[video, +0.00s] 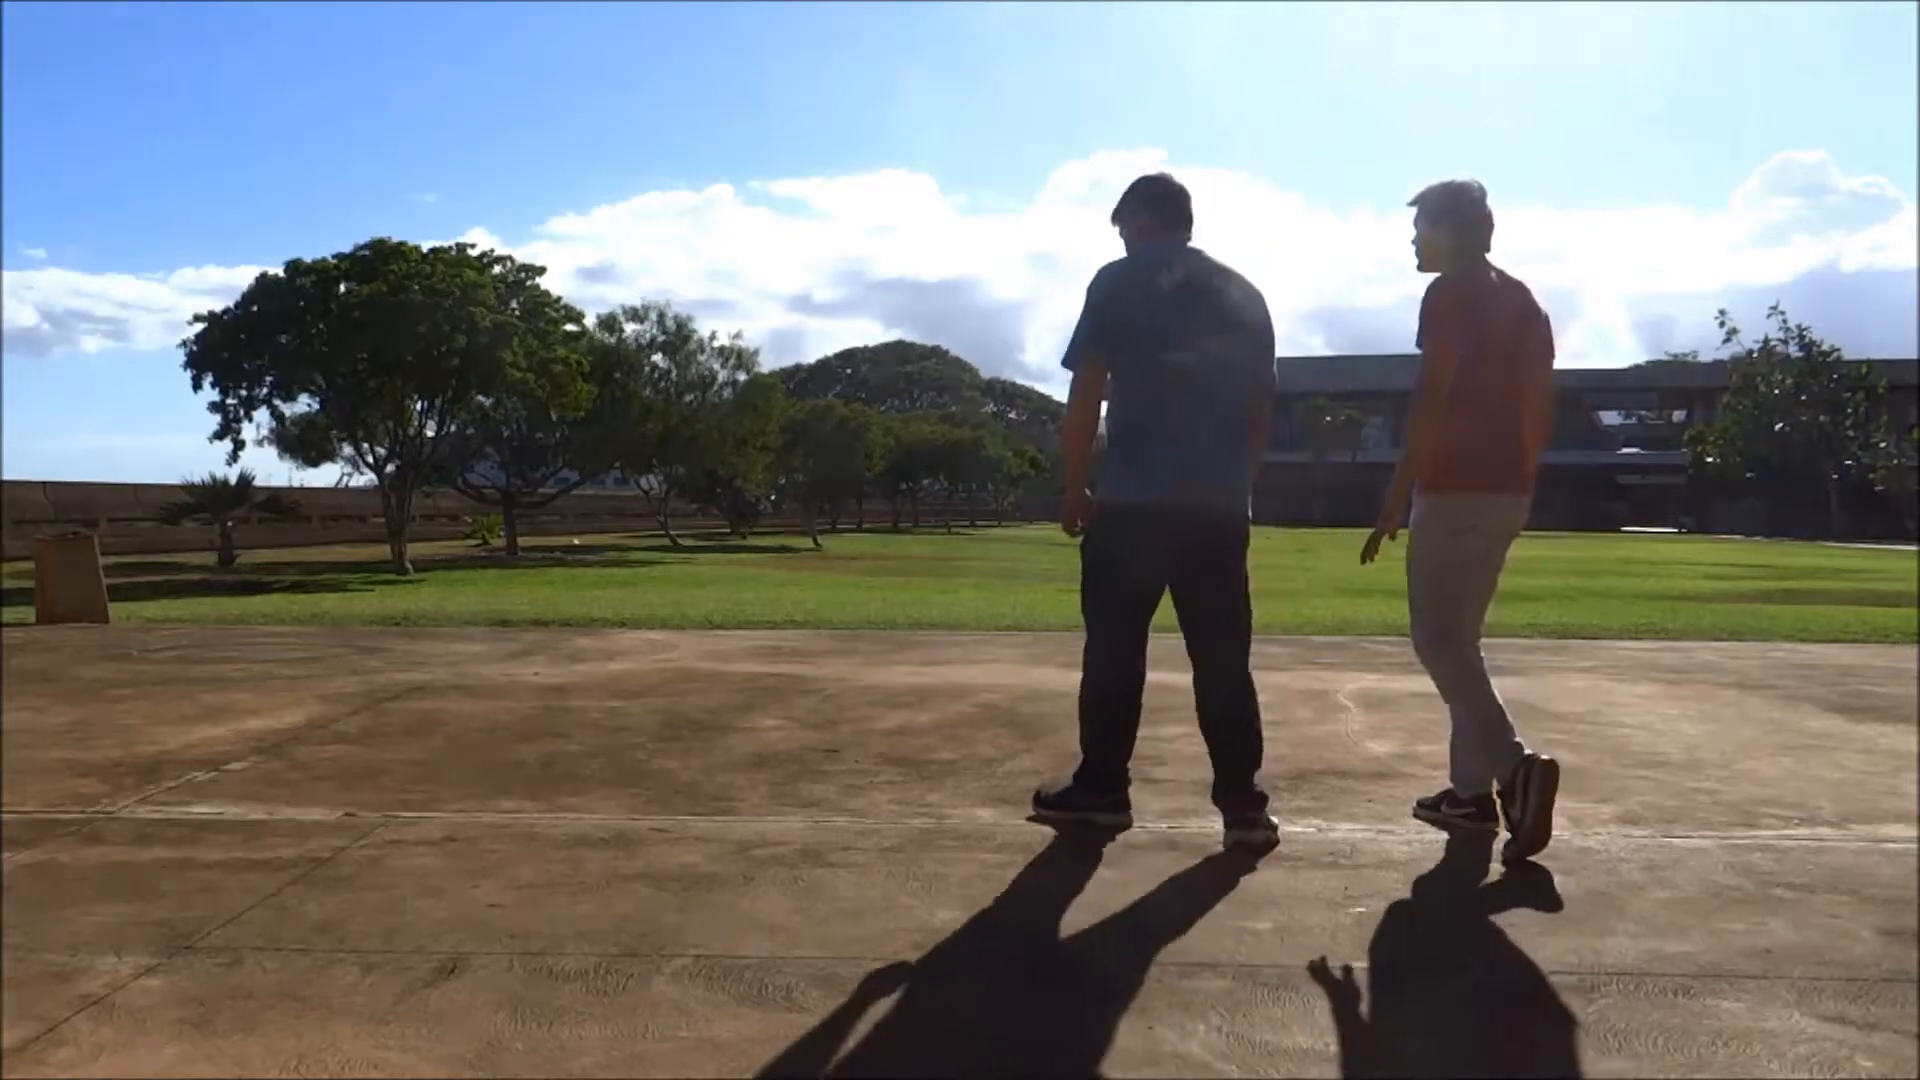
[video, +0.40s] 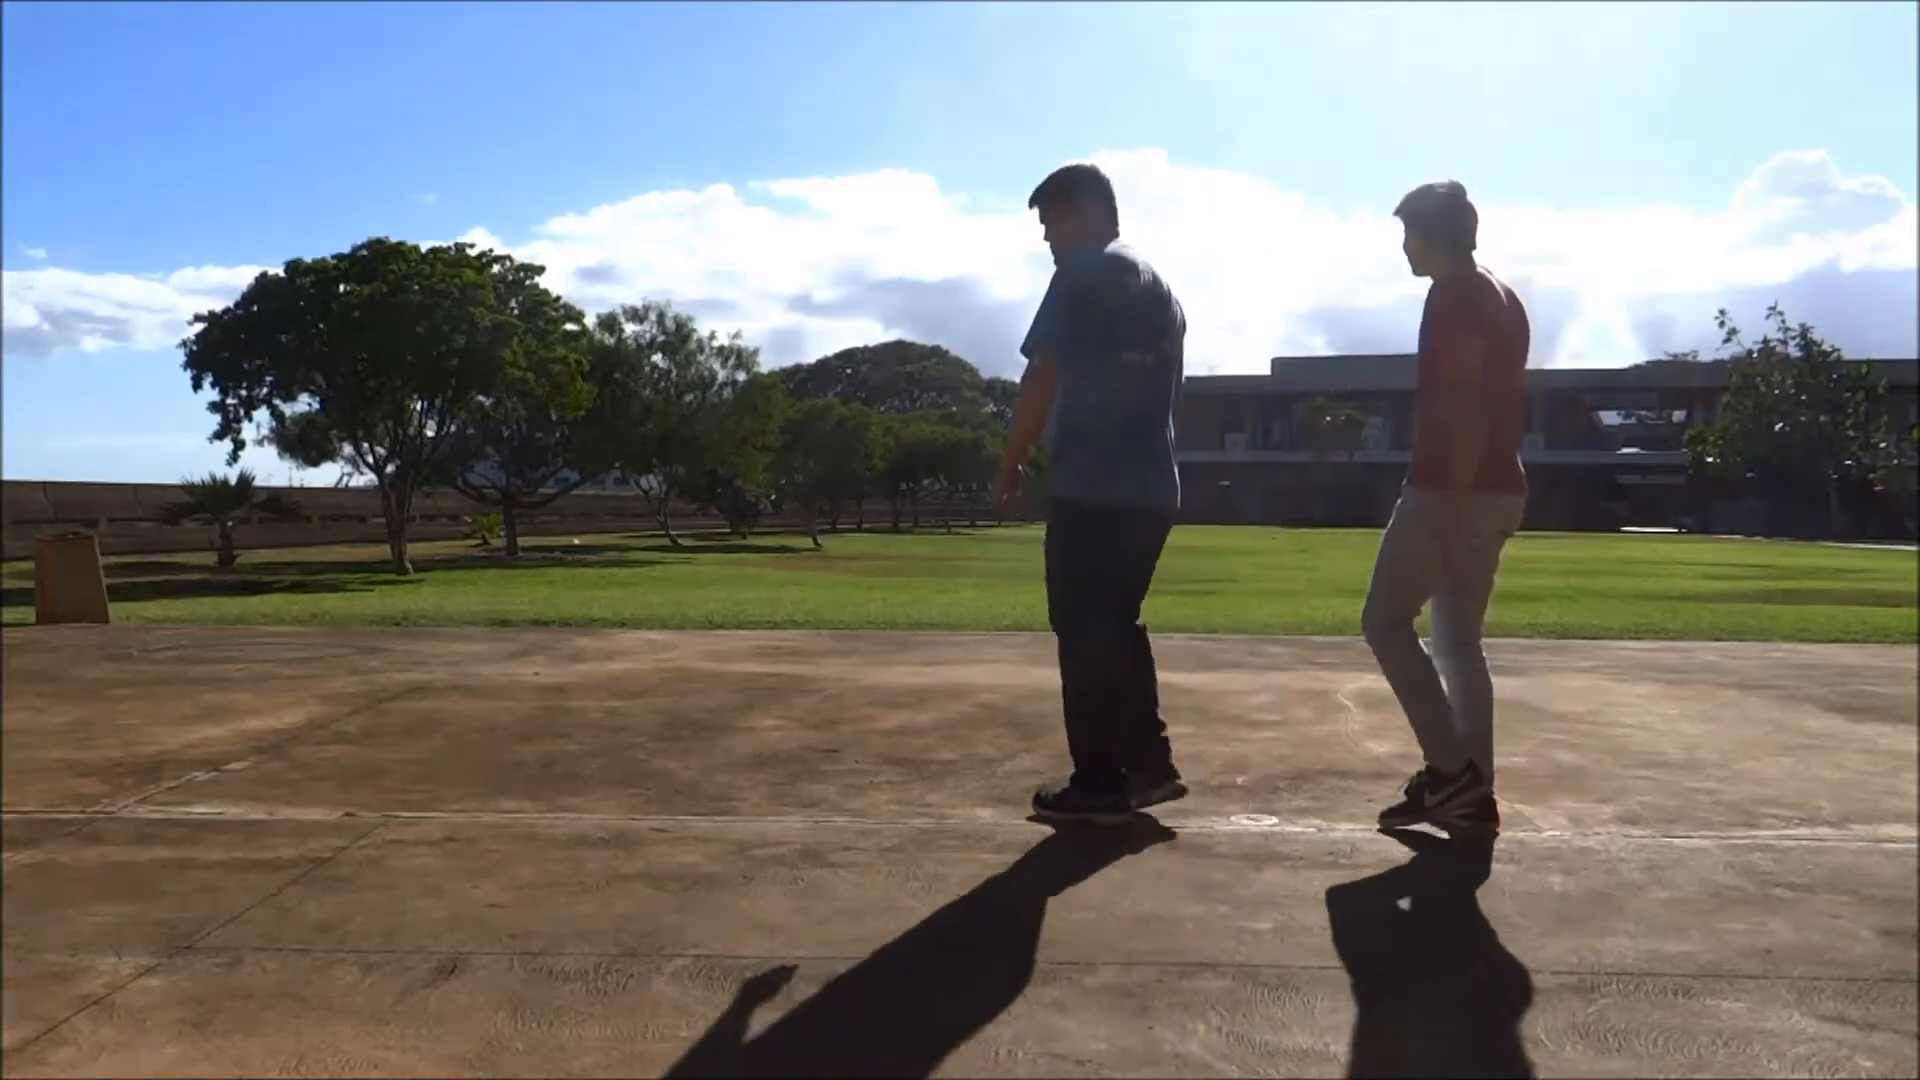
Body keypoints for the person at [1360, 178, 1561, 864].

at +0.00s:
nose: (1414, 240)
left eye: (1422, 227)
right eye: (1416, 228)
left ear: (1454, 231)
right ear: (1477, 231)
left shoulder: (1448, 295)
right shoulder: (1525, 302)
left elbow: (1431, 400)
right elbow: (1539, 409)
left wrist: (1396, 495)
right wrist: (1514, 478)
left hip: (1455, 491)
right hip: (1507, 492)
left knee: (1435, 638)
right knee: (1460, 640)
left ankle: (1515, 770)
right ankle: (1467, 794)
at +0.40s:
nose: (1402, 246)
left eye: (1406, 234)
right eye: (1402, 233)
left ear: (1430, 235)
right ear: (1462, 232)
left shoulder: (1452, 298)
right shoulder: (1505, 301)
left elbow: (1465, 406)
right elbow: (1499, 408)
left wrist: (1448, 498)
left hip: (1445, 490)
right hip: (1495, 492)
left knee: (1384, 622)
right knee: (1458, 636)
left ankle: (1448, 770)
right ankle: (1473, 794)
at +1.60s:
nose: (1332, 245)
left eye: (1342, 231)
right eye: (1331, 233)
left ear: (1378, 233)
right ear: (1347, 238)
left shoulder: (1418, 306)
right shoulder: (1356, 325)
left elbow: (1456, 397)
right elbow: (1347, 425)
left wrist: (1448, 490)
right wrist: (1307, 501)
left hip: (1392, 498)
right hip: (1372, 497)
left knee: (1330, 630)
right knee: (1396, 645)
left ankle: (1322, 780)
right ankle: (1467, 783)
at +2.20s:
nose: (1269, 229)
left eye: (1277, 215)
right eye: (1268, 217)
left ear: (1312, 217)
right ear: (1281, 223)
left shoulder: (1358, 297)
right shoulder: (1286, 311)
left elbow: (1381, 400)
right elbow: (1292, 403)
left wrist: (1321, 474)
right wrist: (1279, 474)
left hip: (1328, 488)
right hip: (1282, 483)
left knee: (1310, 632)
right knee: (1242, 619)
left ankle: (1320, 780)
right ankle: (1299, 755)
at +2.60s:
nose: (1200, 237)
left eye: (1211, 223)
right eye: (1196, 226)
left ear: (1248, 226)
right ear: (1199, 233)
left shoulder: (1282, 298)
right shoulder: (1223, 313)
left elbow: (1292, 393)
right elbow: (1232, 405)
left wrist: (1203, 439)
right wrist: (1195, 459)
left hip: (1262, 499)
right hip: (1214, 499)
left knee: (1276, 636)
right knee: (1172, 628)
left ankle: (1316, 777)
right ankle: (1131, 765)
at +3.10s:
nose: (1066, 236)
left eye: (1074, 224)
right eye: (1066, 225)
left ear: (1112, 227)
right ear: (1104, 231)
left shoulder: (1139, 298)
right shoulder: (1122, 298)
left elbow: (1138, 409)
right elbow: (1121, 405)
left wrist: (1096, 487)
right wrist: (1085, 484)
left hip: (1117, 487)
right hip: (1101, 485)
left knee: (1075, 620)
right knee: (1095, 623)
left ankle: (1175, 738)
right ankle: (1112, 767)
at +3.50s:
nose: (981, 237)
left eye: (990, 225)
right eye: (984, 225)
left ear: (1023, 233)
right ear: (1023, 235)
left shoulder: (1062, 305)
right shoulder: (1033, 307)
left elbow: (1077, 416)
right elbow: (1018, 413)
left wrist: (1065, 515)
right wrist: (984, 484)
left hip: (1037, 494)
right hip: (1026, 492)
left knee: (984, 629)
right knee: (1067, 630)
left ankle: (933, 767)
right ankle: (1110, 764)